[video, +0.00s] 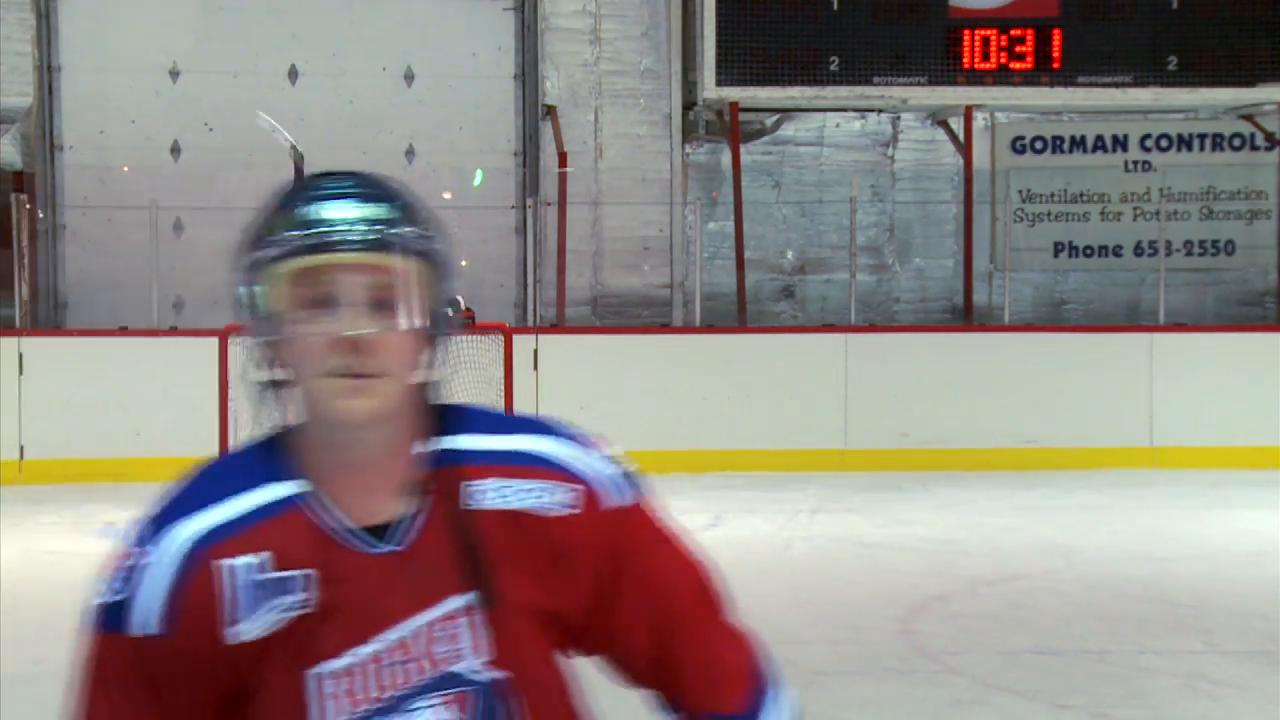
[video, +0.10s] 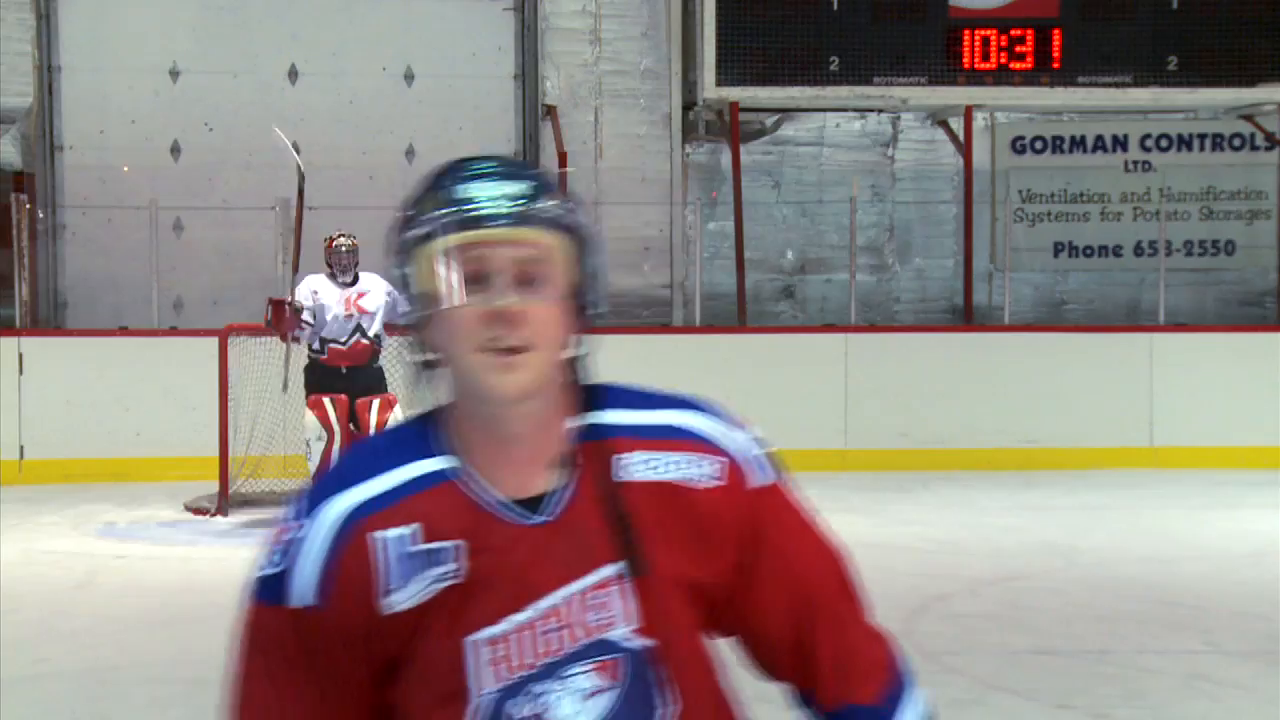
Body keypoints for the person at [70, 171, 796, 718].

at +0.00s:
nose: (353, 333)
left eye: (383, 302)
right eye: (318, 304)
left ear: (431, 327)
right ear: (269, 336)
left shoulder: (553, 487)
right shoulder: (185, 563)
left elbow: (729, 685)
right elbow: (123, 712)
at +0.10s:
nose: (502, 301)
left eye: (530, 274)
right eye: (470, 275)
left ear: (576, 304)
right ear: (422, 310)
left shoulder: (699, 460)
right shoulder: (340, 534)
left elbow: (855, 674)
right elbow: (283, 710)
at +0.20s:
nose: (624, 265)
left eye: (649, 236)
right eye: (588, 245)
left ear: (695, 269)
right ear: (544, 292)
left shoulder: (821, 427)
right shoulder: (469, 497)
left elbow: (959, 672)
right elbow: (421, 710)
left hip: (814, 706)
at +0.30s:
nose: (721, 221)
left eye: (745, 192)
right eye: (684, 200)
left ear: (792, 230)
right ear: (642, 250)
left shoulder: (912, 388)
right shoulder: (569, 452)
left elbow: (1027, 659)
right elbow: (518, 704)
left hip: (901, 711)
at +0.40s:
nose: (798, 205)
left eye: (824, 179)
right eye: (766, 181)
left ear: (868, 213)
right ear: (720, 221)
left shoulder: (986, 365)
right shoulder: (649, 419)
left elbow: (1075, 626)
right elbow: (586, 687)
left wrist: (1089, 714)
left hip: (971, 707)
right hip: (743, 708)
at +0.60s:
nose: (889, 188)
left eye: (918, 159)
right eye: (859, 162)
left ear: (962, 194)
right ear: (817, 201)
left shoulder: (1085, 347)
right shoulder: (727, 391)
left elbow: (1175, 632)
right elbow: (682, 676)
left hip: (1060, 706)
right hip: (823, 706)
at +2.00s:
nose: (815, 201)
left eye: (837, 163)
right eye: (779, 180)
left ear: (889, 180)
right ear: (741, 221)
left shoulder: (1036, 314)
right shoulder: (689, 413)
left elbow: (1139, 527)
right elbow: (626, 689)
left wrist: (1187, 698)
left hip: (1052, 710)